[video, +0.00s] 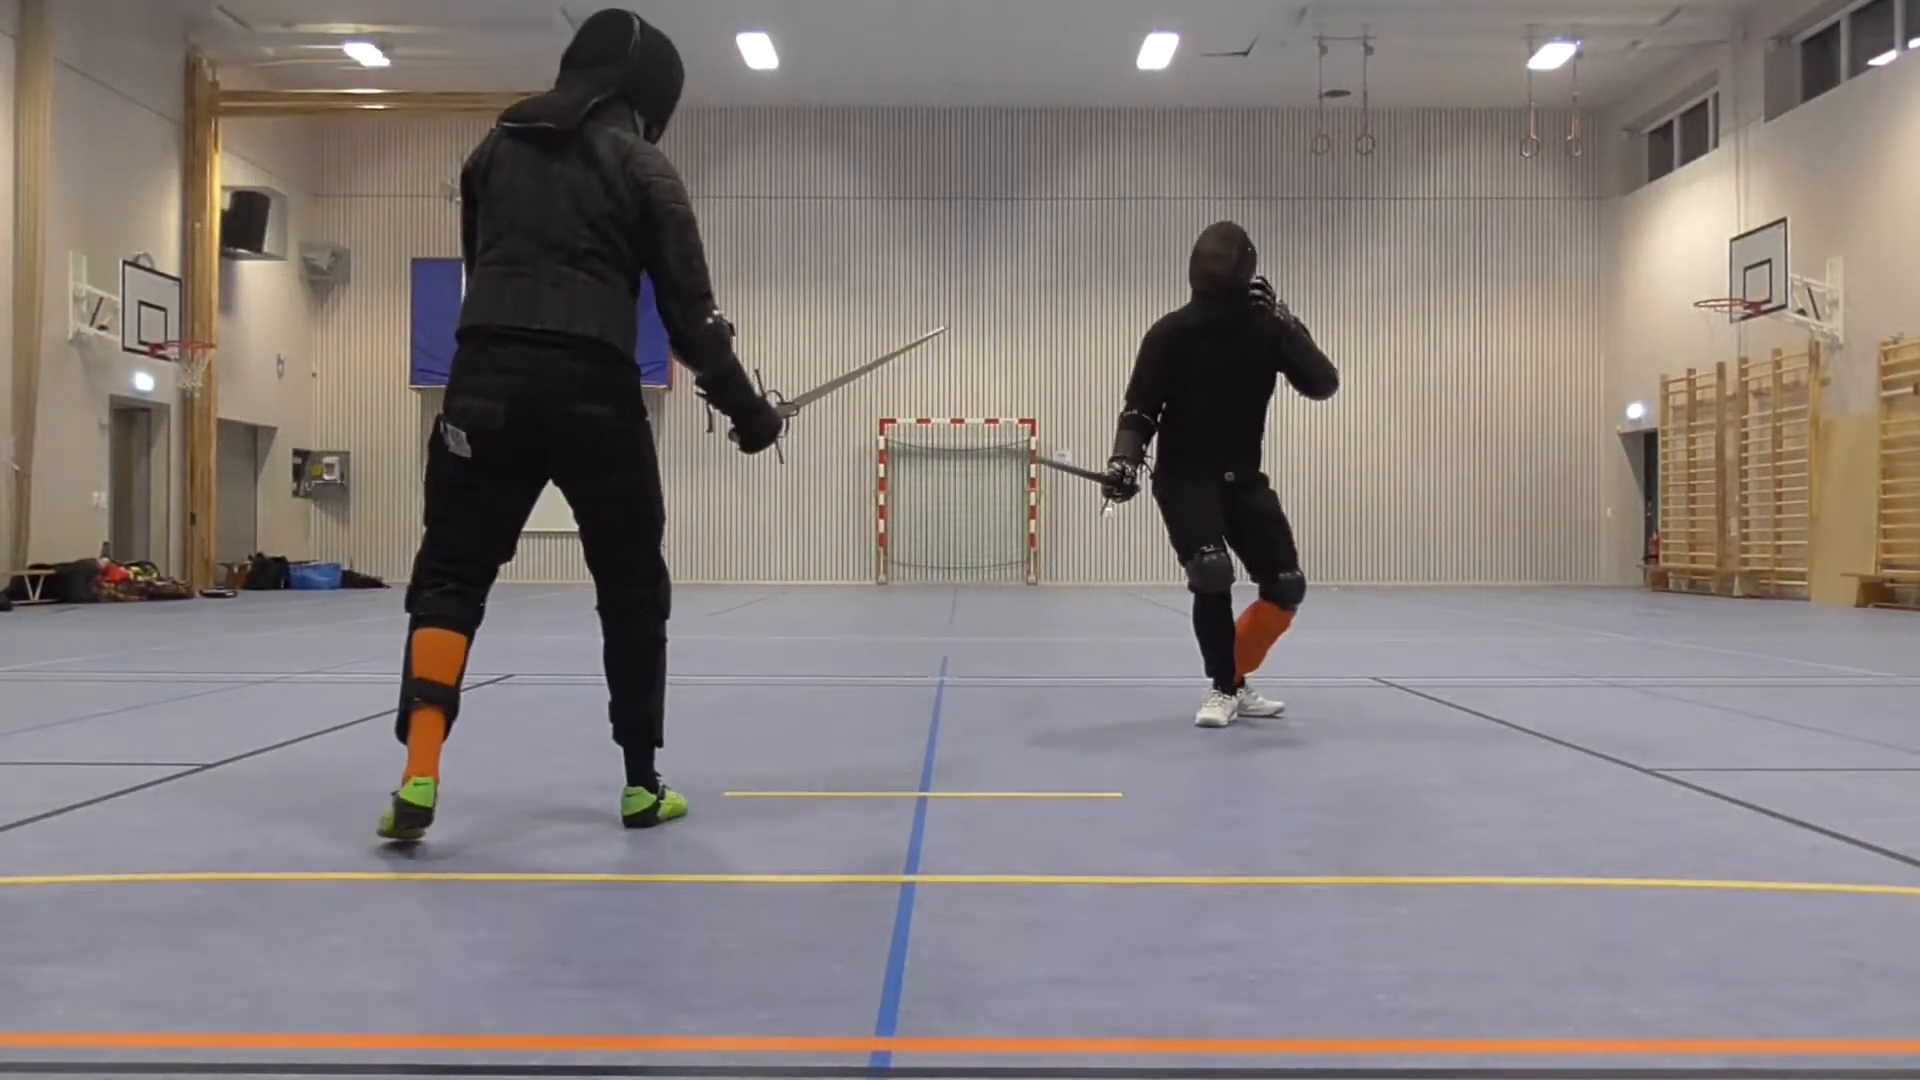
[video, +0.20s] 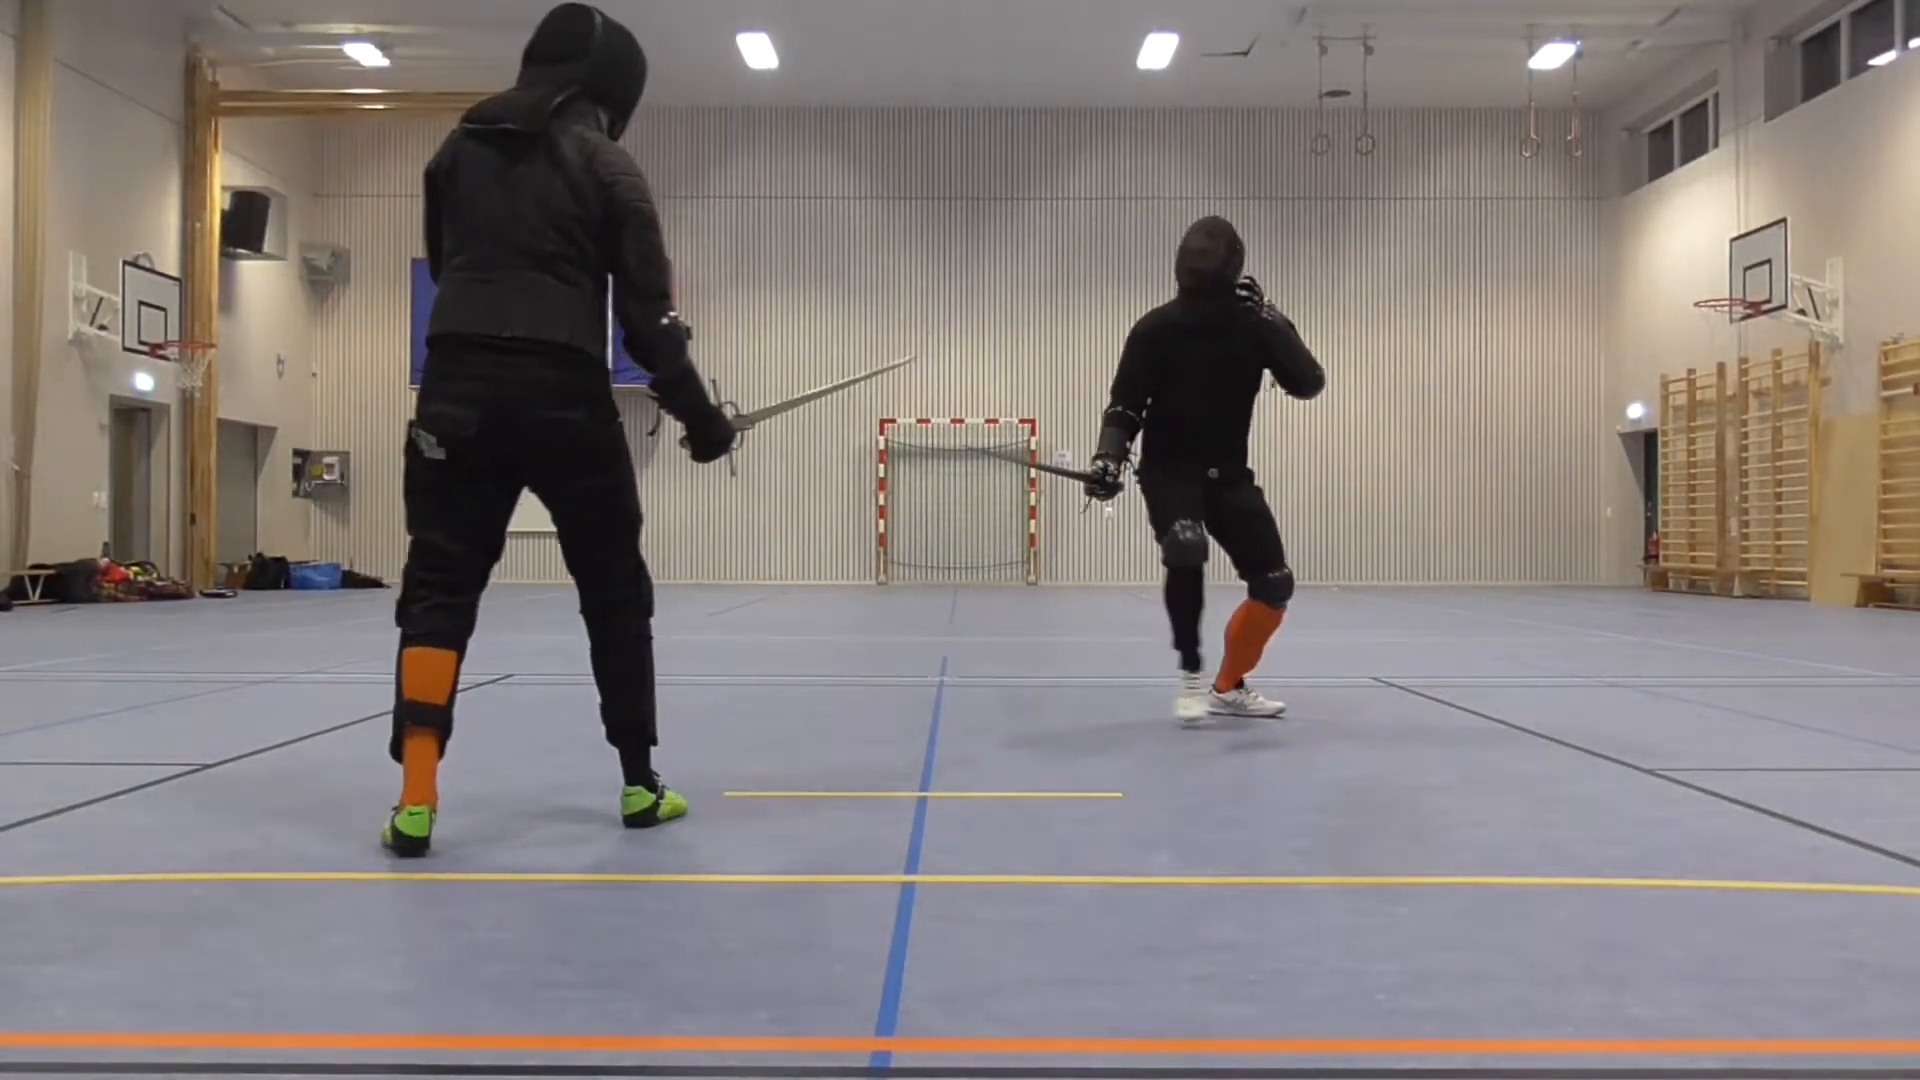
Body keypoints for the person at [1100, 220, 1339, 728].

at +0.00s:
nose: (1208, 280)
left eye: (1219, 270)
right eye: (1203, 269)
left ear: (1243, 272)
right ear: (1192, 268)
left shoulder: (1268, 329)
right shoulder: (1170, 335)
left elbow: (1323, 384)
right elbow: (1140, 408)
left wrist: (1283, 320)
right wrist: (1125, 459)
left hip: (1241, 476)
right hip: (1183, 476)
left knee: (1285, 587)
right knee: (1212, 573)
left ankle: (1232, 684)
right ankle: (1223, 690)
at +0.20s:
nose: (1194, 267)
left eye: (1206, 258)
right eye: (1189, 256)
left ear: (1231, 269)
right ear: (1179, 260)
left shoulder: (1255, 327)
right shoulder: (1155, 330)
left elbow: (1308, 384)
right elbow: (1125, 404)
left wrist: (1271, 321)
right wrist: (1109, 456)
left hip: (1227, 470)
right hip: (1167, 469)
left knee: (1274, 586)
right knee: (1186, 556)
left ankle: (1228, 687)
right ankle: (1191, 676)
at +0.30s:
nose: (1181, 273)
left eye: (1194, 263)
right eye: (1176, 261)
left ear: (1221, 268)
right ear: (1167, 259)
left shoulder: (1246, 327)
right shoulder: (1143, 331)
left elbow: (1299, 383)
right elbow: (1114, 406)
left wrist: (1258, 319)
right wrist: (1095, 458)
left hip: (1218, 474)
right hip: (1157, 471)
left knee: (1268, 588)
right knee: (1161, 543)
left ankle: (1227, 689)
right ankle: (1130, 677)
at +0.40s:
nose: (1164, 262)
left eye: (1176, 253)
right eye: (1161, 252)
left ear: (1204, 264)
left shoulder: (1227, 325)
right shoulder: (1126, 330)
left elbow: (1287, 380)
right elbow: (1092, 404)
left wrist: (1245, 320)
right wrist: (1072, 460)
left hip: (1206, 482)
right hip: (1142, 480)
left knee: (1254, 590)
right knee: (1123, 561)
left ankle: (1228, 690)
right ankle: (1075, 680)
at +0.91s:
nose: (1121, 288)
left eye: (1129, 276)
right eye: (1116, 276)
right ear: (1150, 279)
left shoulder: (1181, 338)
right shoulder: (1072, 348)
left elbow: (1254, 393)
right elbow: (1035, 426)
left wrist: (1200, 336)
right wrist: (1001, 477)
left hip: (1167, 499)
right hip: (1096, 500)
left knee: (1231, 610)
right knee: (1074, 571)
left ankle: (1186, 699)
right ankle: (1024, 711)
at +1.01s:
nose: (1150, 254)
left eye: (1129, 249)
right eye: (1149, 246)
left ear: (1098, 253)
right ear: (1145, 252)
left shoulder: (1173, 314)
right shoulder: (1064, 325)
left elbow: (1242, 371)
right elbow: (1038, 416)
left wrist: (1187, 304)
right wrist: (1013, 474)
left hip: (1156, 480)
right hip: (1085, 480)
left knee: (1205, 596)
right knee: (1059, 568)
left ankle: (1186, 697)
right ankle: (1015, 707)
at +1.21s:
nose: (1085, 232)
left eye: (1094, 221)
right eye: (1078, 221)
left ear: (1108, 223)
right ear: (1114, 220)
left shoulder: (1146, 289)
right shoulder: (1033, 295)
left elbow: (1215, 343)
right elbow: (1003, 383)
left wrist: (1171, 261)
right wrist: (980, 443)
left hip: (1123, 462)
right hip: (1052, 461)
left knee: (1177, 578)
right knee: (1040, 569)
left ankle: (1147, 684)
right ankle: (1006, 719)